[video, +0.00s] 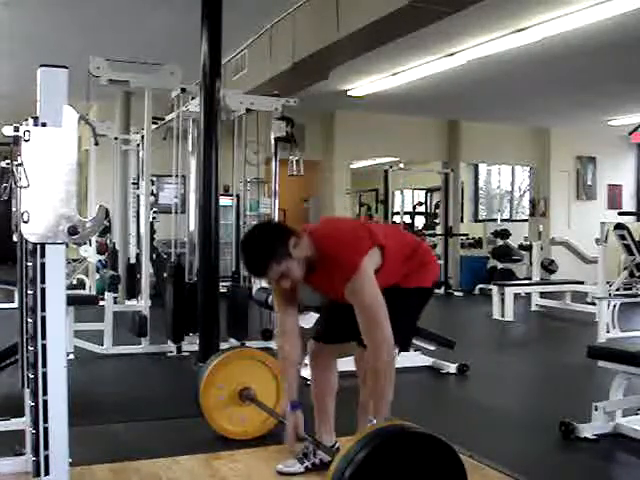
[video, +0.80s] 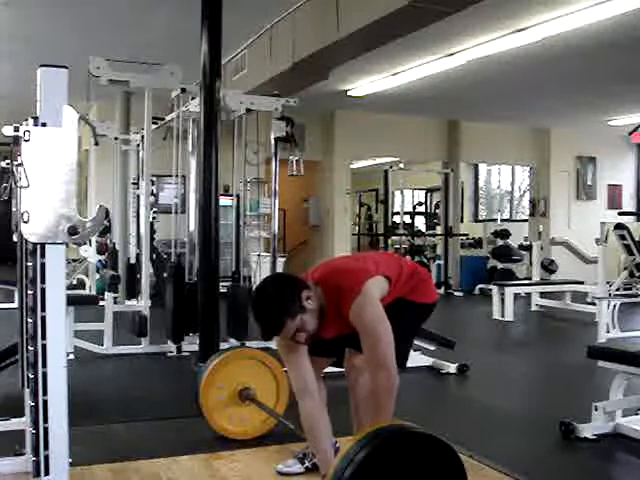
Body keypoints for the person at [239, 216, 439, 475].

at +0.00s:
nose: (284, 285)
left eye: (284, 275)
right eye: (276, 281)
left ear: (295, 247)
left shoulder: (348, 261)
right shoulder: (283, 266)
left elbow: (383, 351)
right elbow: (288, 341)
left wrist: (379, 431)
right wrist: (292, 406)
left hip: (408, 275)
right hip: (356, 280)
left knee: (368, 357)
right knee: (322, 352)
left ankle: (367, 448)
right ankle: (325, 444)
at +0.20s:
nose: (285, 307)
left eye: (287, 296)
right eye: (277, 302)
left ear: (299, 266)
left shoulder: (348, 275)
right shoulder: (281, 286)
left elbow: (383, 360)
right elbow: (290, 355)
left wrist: (372, 441)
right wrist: (296, 430)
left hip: (409, 278)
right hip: (355, 286)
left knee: (364, 357)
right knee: (316, 356)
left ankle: (366, 449)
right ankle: (324, 446)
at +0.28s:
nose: (291, 319)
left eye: (290, 311)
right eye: (282, 317)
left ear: (301, 282)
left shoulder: (353, 287)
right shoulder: (281, 299)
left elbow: (386, 374)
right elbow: (294, 372)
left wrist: (372, 449)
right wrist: (305, 445)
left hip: (408, 284)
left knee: (363, 357)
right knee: (313, 357)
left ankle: (366, 452)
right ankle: (324, 444)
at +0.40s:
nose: (295, 329)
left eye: (295, 320)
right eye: (286, 325)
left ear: (305, 292)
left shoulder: (356, 294)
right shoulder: (283, 317)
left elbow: (386, 375)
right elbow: (297, 385)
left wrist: (373, 450)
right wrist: (315, 455)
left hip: (406, 288)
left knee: (360, 362)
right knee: (309, 363)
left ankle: (366, 452)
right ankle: (321, 446)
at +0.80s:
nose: (298, 340)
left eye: (298, 329)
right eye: (289, 338)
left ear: (308, 299)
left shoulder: (359, 296)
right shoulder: (286, 329)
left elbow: (386, 376)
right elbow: (307, 393)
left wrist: (373, 454)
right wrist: (327, 467)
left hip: (407, 293)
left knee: (358, 364)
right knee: (308, 368)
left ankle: (367, 455)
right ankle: (321, 449)